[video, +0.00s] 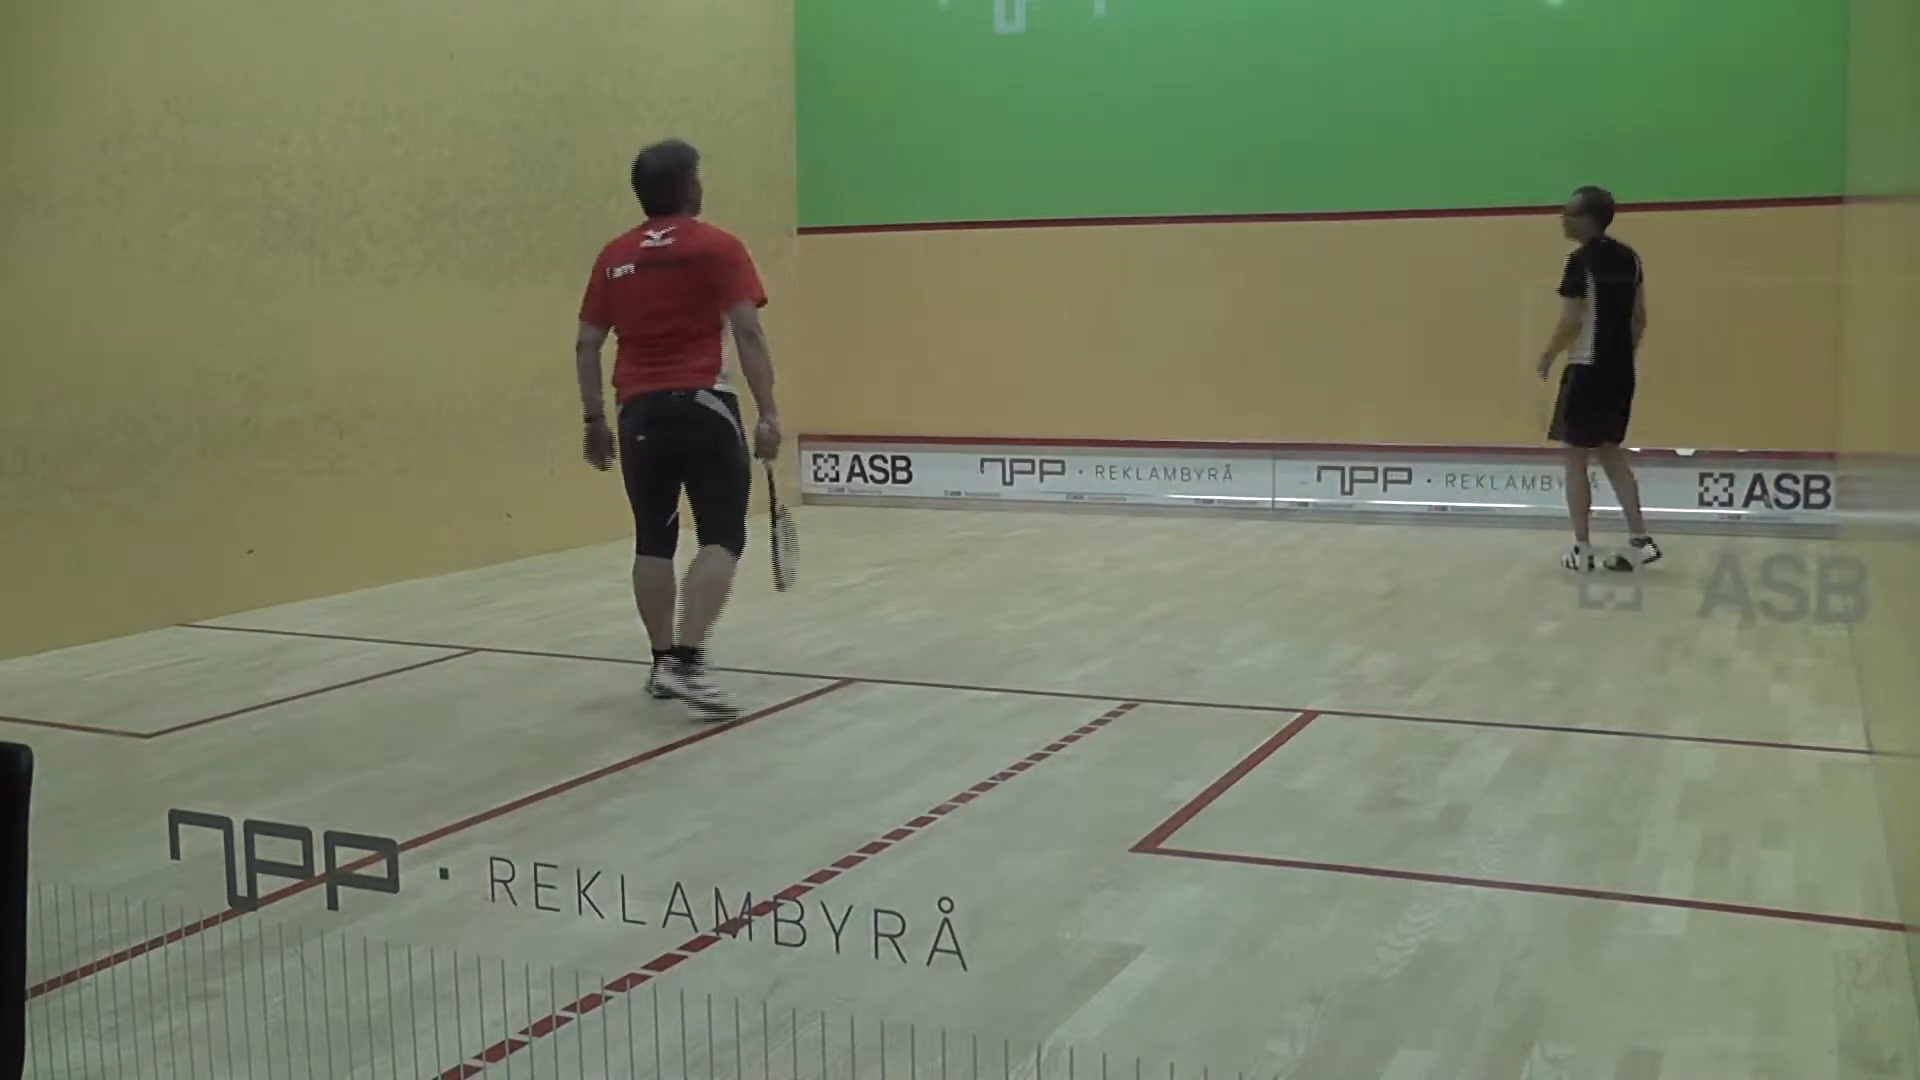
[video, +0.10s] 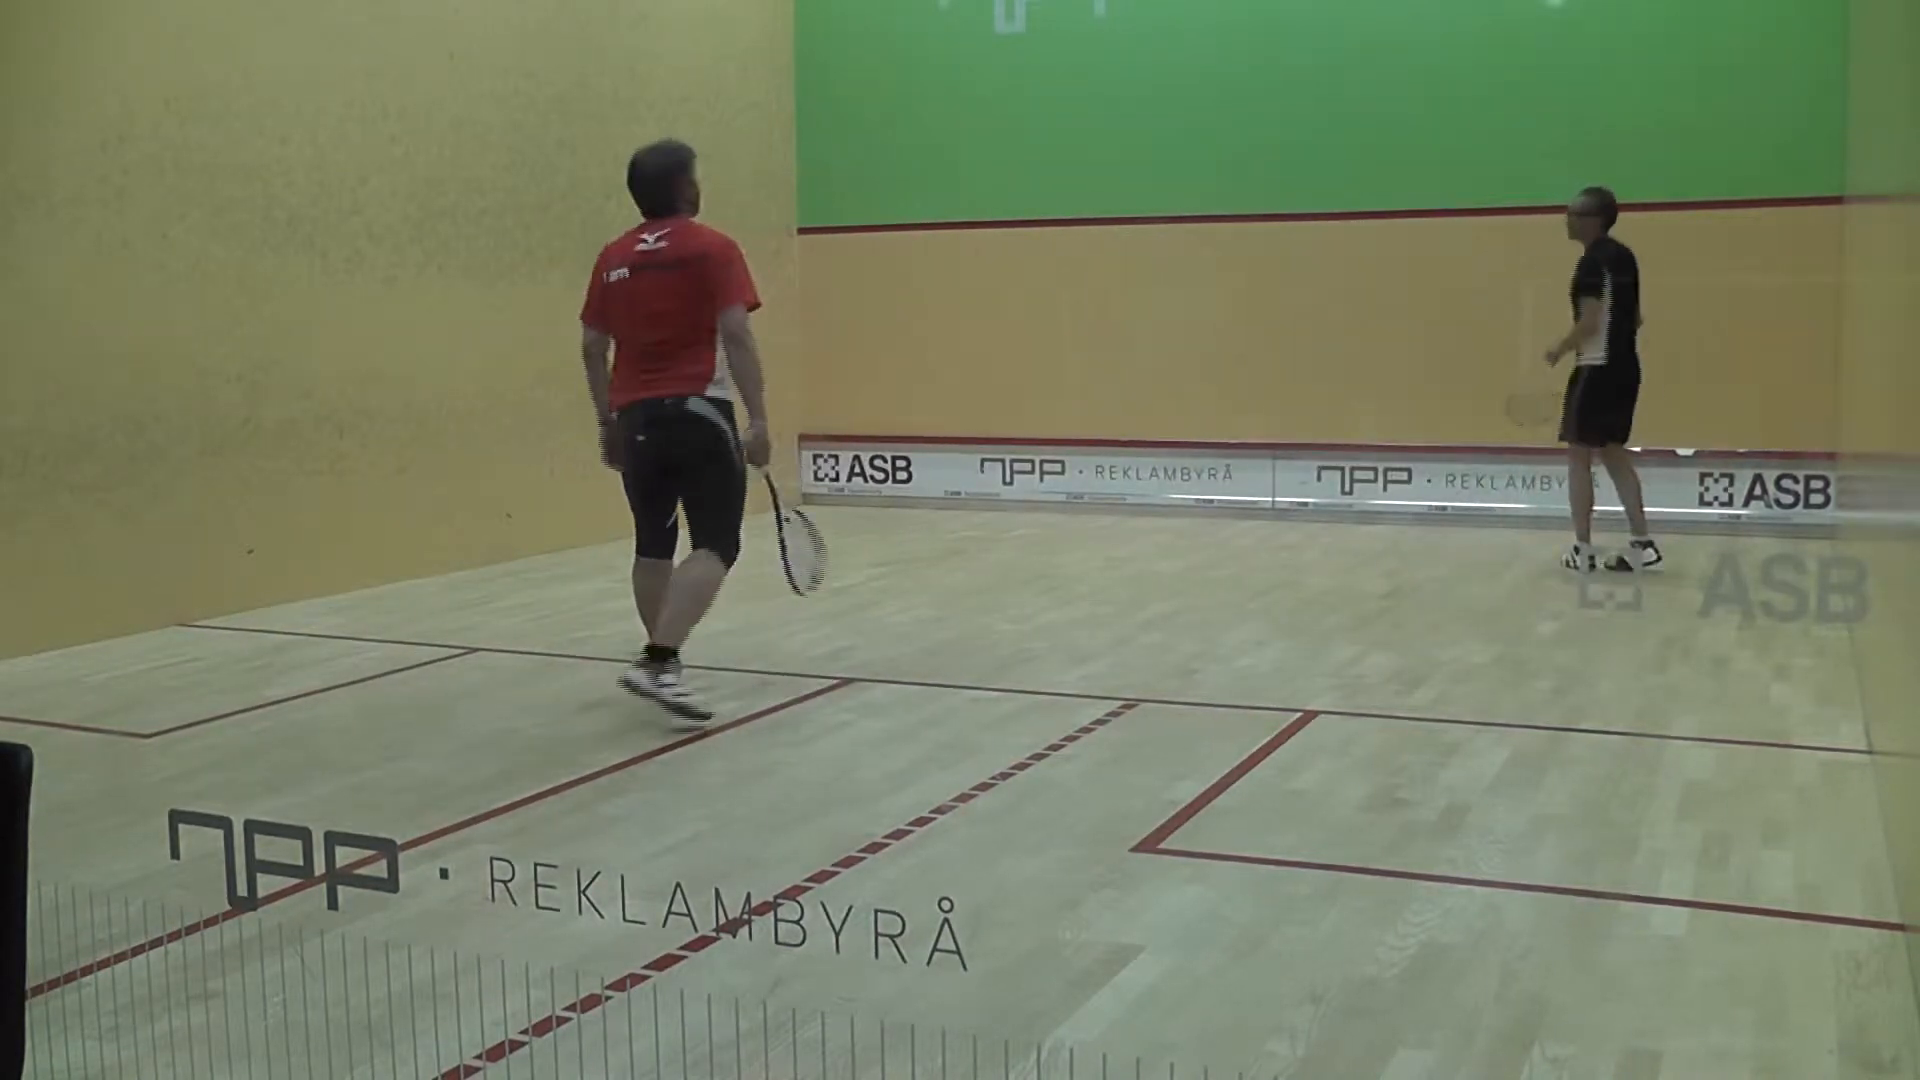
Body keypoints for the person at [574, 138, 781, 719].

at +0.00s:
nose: (702, 187)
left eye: (697, 178)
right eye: (697, 179)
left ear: (645, 195)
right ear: (688, 189)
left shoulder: (615, 254)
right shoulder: (718, 246)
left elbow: (586, 344)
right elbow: (747, 330)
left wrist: (593, 417)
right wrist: (767, 410)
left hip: (639, 416)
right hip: (705, 411)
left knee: (653, 541)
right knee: (721, 539)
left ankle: (664, 664)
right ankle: (685, 661)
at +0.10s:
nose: (699, 188)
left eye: (694, 179)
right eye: (694, 180)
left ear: (641, 196)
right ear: (685, 189)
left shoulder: (613, 255)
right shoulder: (713, 247)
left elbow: (592, 348)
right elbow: (735, 333)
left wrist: (607, 418)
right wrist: (756, 417)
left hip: (634, 421)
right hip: (699, 416)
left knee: (653, 544)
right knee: (715, 545)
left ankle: (661, 671)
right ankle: (657, 662)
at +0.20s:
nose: (704, 186)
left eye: (700, 176)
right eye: (698, 178)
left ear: (645, 194)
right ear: (682, 188)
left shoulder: (616, 255)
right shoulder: (701, 250)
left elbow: (604, 350)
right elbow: (716, 345)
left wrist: (631, 405)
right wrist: (749, 433)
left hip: (630, 421)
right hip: (686, 417)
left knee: (655, 550)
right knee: (700, 557)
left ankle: (656, 677)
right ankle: (647, 693)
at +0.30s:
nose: (711, 183)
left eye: (706, 174)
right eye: (703, 176)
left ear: (655, 192)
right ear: (683, 187)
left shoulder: (629, 253)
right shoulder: (688, 251)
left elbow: (617, 352)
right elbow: (699, 354)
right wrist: (742, 435)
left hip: (634, 417)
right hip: (675, 419)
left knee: (660, 549)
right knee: (684, 560)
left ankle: (663, 661)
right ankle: (640, 697)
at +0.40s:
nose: (722, 184)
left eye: (719, 174)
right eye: (713, 175)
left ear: (677, 185)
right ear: (684, 184)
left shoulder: (672, 244)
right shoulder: (662, 249)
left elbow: (678, 351)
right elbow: (671, 357)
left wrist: (711, 432)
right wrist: (725, 436)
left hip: (674, 418)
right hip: (656, 420)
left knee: (697, 544)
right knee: (679, 557)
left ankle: (691, 666)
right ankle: (638, 698)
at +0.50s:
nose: (729, 190)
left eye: (729, 178)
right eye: (720, 178)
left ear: (690, 184)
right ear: (683, 181)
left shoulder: (686, 242)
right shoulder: (656, 248)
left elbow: (682, 345)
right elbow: (657, 356)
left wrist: (703, 427)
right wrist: (700, 432)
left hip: (684, 420)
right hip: (645, 423)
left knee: (727, 539)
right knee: (669, 554)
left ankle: (706, 675)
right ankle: (638, 698)